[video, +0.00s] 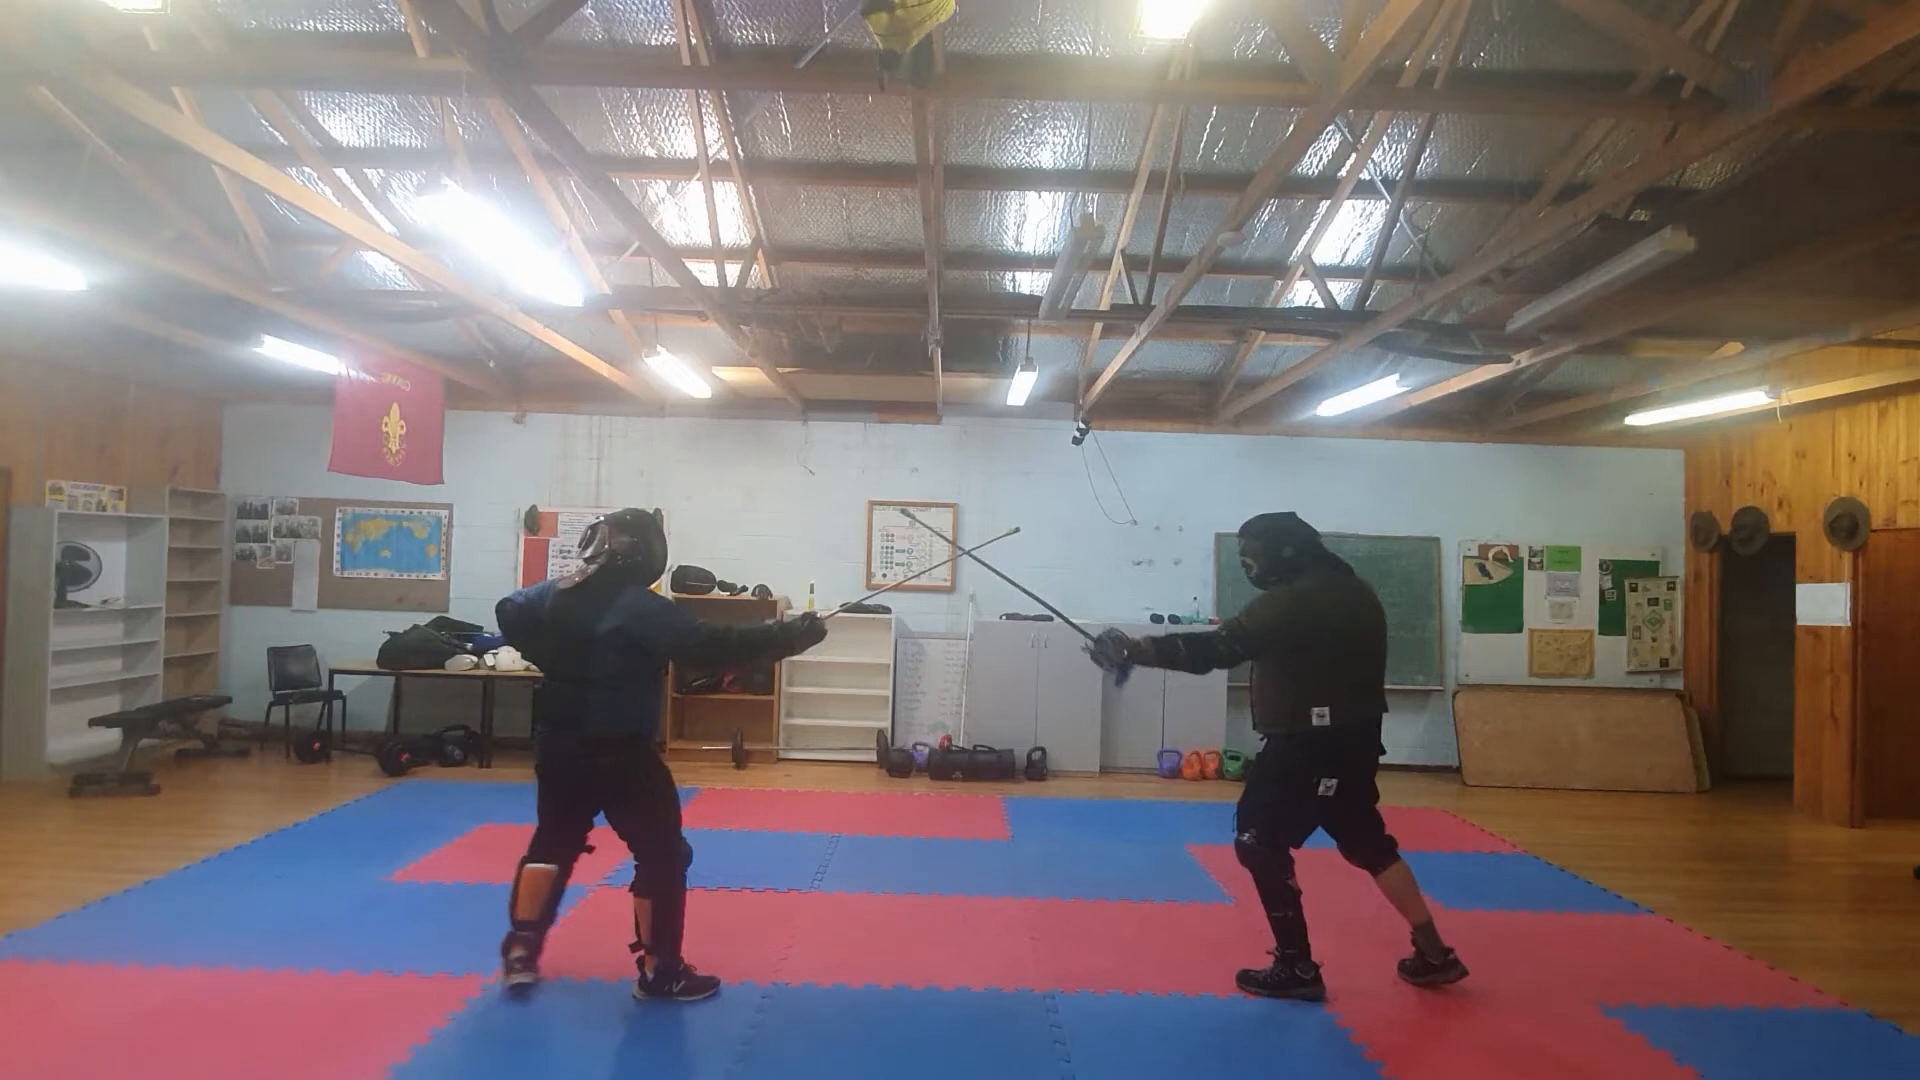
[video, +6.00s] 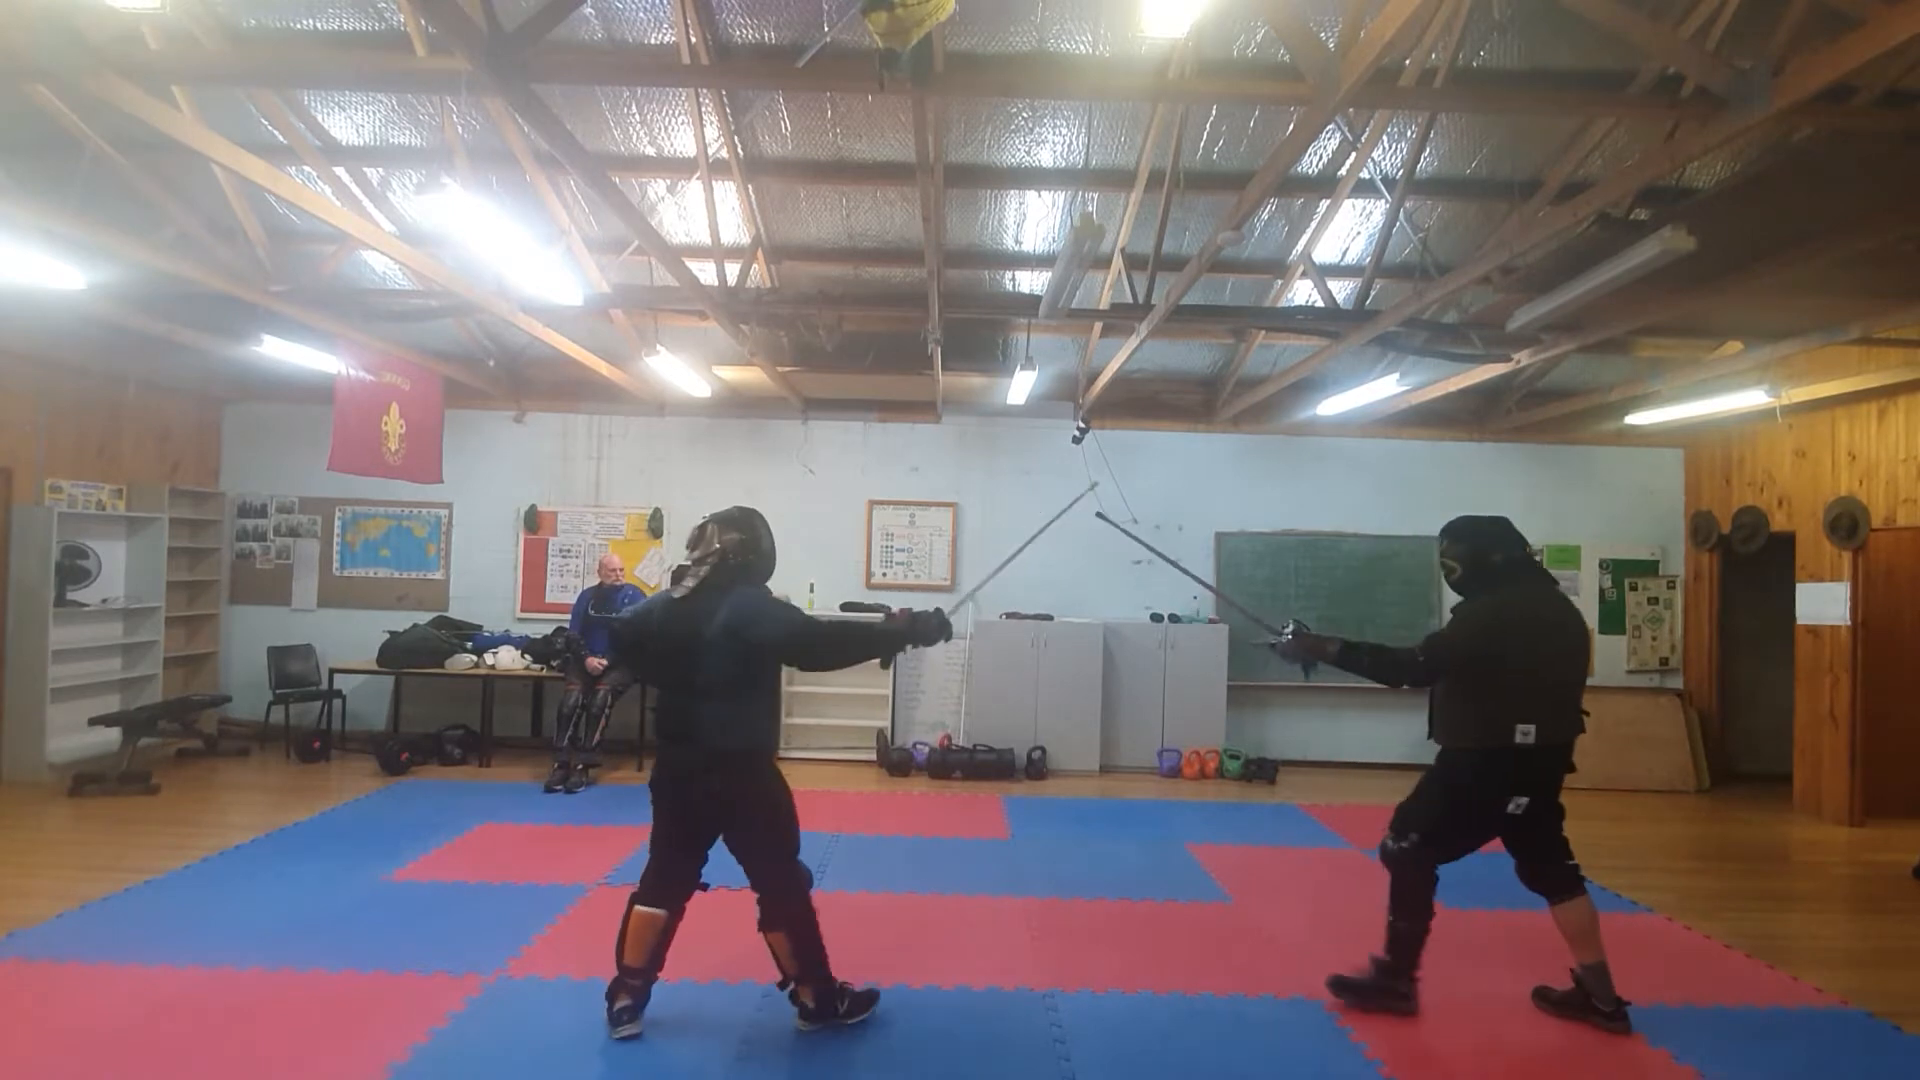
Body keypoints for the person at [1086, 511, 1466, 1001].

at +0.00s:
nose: (1248, 570)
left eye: (1252, 559)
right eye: (1245, 561)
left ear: (1282, 552)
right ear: (1300, 549)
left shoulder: (1288, 601)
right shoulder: (1354, 590)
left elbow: (1219, 647)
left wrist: (1135, 649)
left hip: (1300, 745)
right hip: (1355, 742)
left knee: (1258, 840)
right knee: (1366, 840)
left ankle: (1296, 965)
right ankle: (1434, 951)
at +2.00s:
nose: (1384, 561)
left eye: (1390, 550)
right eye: (1382, 551)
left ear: (1421, 542)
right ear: (1433, 540)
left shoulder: (1446, 597)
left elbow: (1474, 693)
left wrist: (1397, 736)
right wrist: (1377, 733)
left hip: (1416, 763)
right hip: (1469, 764)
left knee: (1377, 857)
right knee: (1483, 864)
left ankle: (1367, 976)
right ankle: (1497, 985)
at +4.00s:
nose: (1329, 559)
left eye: (1336, 548)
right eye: (1327, 549)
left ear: (1368, 545)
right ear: (1385, 543)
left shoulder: (1367, 603)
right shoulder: (1430, 592)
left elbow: (1339, 688)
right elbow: (1428, 683)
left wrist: (1258, 697)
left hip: (1364, 743)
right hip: (1421, 741)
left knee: (1321, 843)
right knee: (1404, 839)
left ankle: (1341, 967)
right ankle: (1483, 955)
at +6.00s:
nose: (1450, 577)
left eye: (1455, 565)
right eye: (1447, 566)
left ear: (1485, 559)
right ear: (1512, 555)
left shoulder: (1486, 613)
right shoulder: (1562, 610)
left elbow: (1417, 666)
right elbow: (1563, 698)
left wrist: (1328, 649)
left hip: (1478, 763)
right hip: (1541, 763)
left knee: (1409, 849)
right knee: (1552, 869)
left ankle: (1396, 978)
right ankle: (1600, 993)